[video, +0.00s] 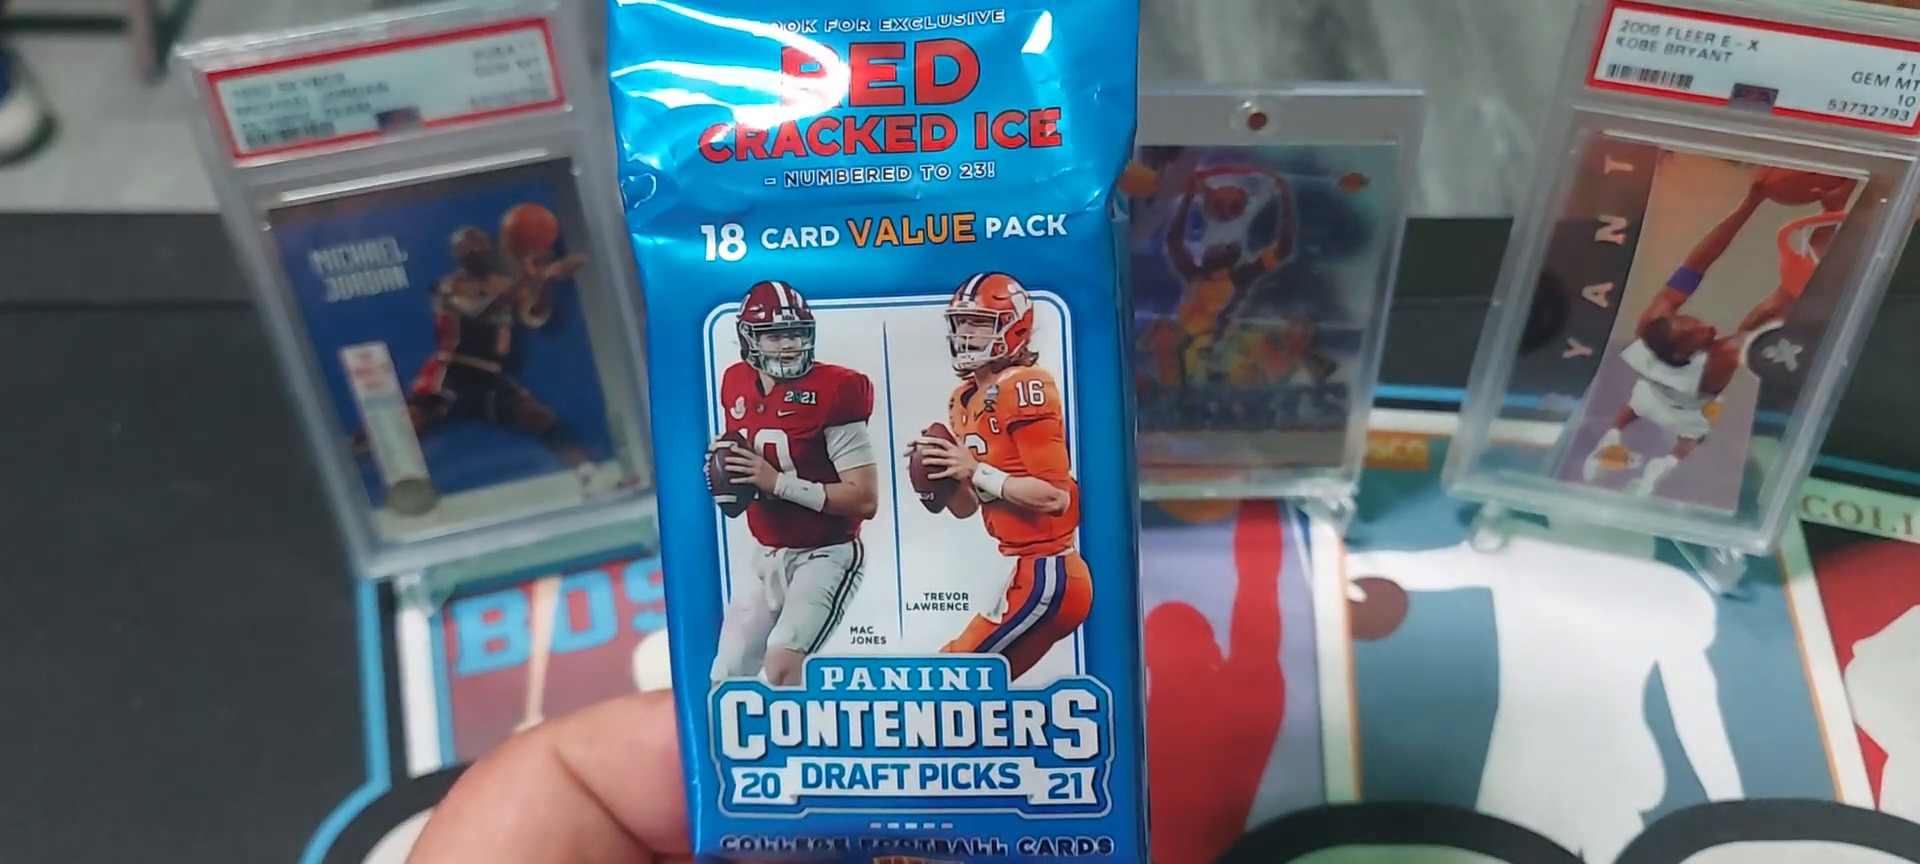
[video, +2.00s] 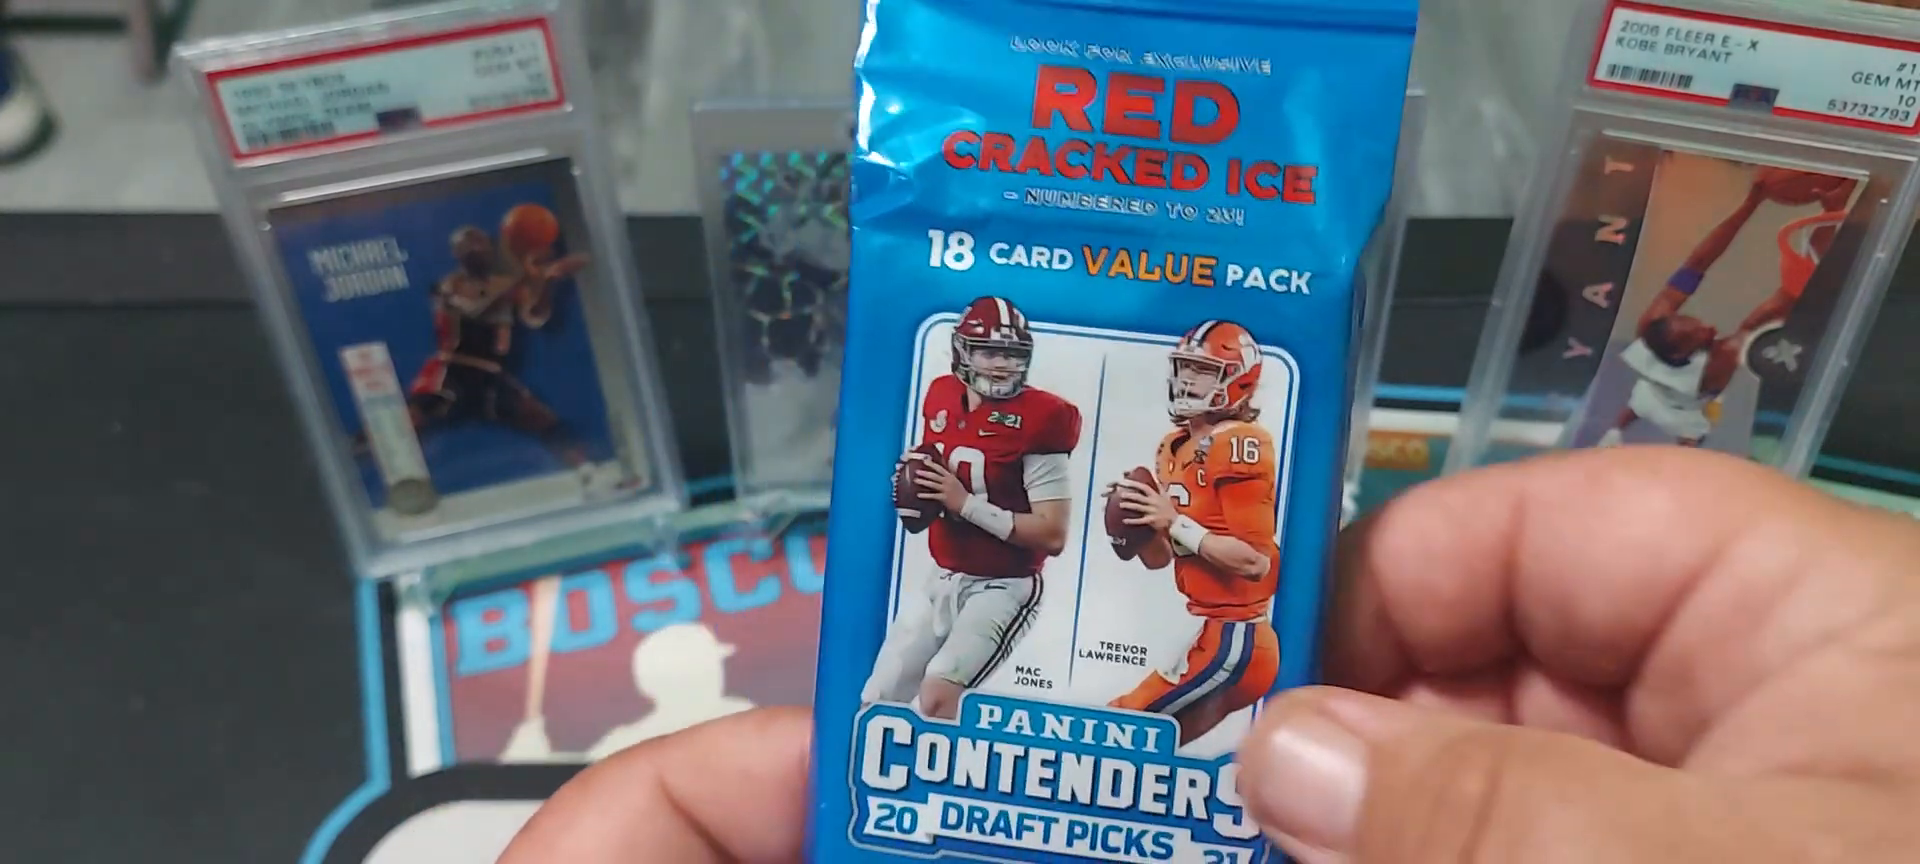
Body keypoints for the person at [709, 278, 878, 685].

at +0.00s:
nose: (787, 346)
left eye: (795, 335)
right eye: (775, 336)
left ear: (808, 336)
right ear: (750, 339)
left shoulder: (837, 390)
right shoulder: (736, 382)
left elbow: (864, 499)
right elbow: (739, 457)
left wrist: (776, 481)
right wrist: (722, 467)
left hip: (828, 555)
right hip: (766, 557)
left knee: (780, 669)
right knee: (726, 678)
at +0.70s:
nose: (805, 368)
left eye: (813, 357)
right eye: (791, 358)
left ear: (825, 358)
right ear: (767, 363)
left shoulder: (852, 413)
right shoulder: (754, 406)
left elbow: (877, 522)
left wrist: (791, 505)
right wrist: (739, 495)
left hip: (841, 577)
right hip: (780, 580)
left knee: (793, 691)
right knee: (738, 703)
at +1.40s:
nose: (852, 384)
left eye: (861, 372)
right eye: (838, 373)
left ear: (875, 375)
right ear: (813, 377)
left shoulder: (902, 432)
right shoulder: (802, 420)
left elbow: (925, 546)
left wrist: (836, 524)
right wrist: (783, 514)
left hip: (887, 602)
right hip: (826, 602)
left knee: (836, 715)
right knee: (779, 726)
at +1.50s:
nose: (904, 412)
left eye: (914, 400)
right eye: (890, 400)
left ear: (928, 402)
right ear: (865, 403)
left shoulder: (956, 461)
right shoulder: (852, 447)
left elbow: (975, 577)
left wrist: (885, 553)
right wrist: (832, 543)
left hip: (935, 635)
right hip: (871, 632)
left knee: (881, 748)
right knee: (823, 757)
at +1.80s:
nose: (959, 402)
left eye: (968, 391)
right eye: (946, 391)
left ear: (982, 394)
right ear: (919, 393)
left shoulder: (1004, 453)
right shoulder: (901, 436)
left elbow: (1021, 570)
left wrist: (932, 544)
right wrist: (877, 527)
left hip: (977, 626)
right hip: (910, 621)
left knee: (916, 738)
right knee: (858, 743)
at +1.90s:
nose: (979, 379)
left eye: (990, 367)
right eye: (967, 367)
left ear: (1004, 371)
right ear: (941, 369)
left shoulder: (1025, 429)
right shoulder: (923, 409)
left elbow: (1035, 547)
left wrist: (947, 517)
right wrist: (895, 494)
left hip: (991, 600)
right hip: (927, 594)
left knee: (926, 707)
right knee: (867, 712)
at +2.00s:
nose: (1003, 364)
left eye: (1014, 354)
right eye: (989, 352)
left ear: (1026, 358)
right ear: (963, 352)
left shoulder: (1045, 417)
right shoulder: (942, 394)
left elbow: (1053, 534)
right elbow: (933, 469)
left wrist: (966, 504)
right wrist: (911, 480)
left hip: (1006, 588)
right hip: (941, 580)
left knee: (937, 697)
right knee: (878, 698)